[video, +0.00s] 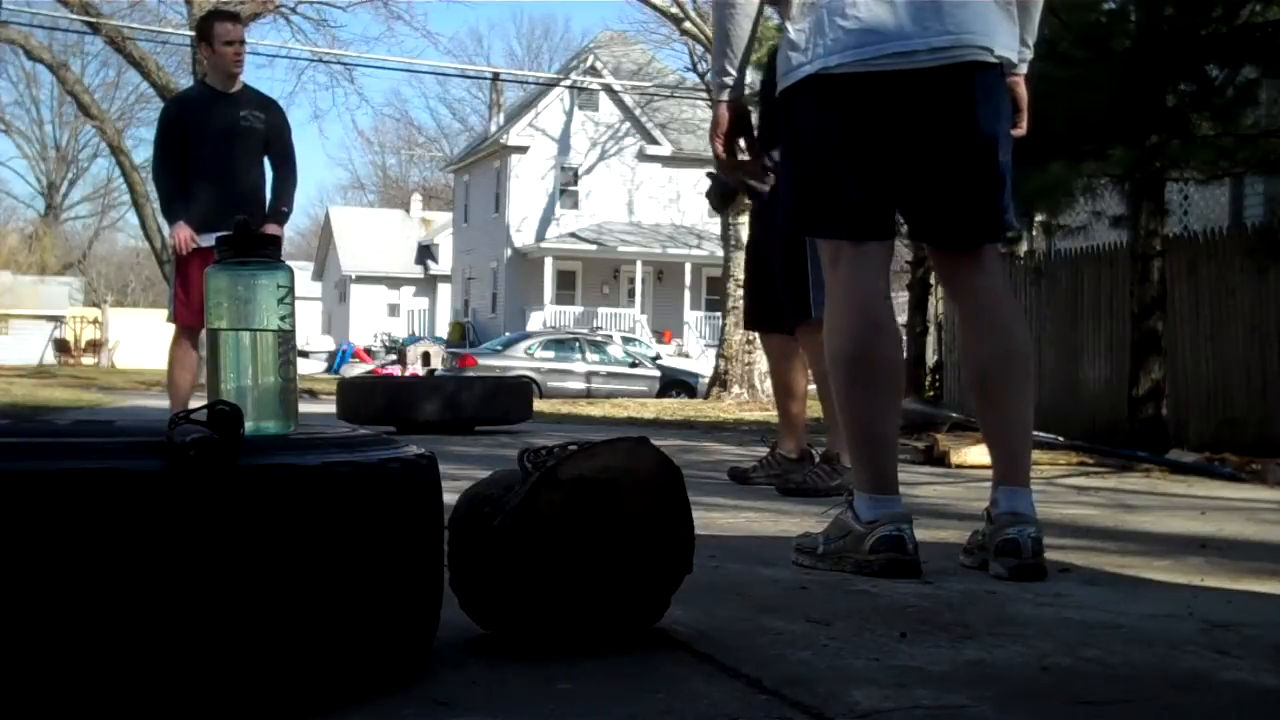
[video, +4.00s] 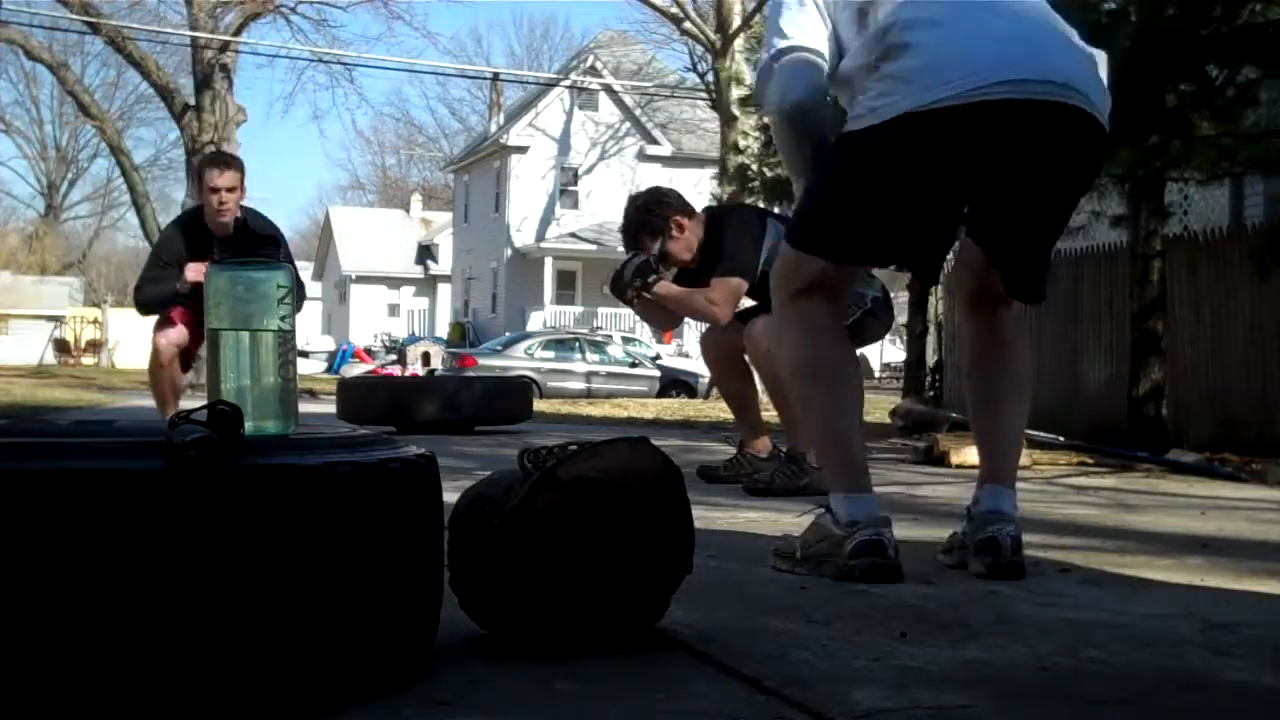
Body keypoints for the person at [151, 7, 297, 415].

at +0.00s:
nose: (239, 51)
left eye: (242, 44)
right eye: (229, 44)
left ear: (246, 47)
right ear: (205, 50)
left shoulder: (267, 109)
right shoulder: (179, 108)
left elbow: (285, 170)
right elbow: (163, 169)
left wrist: (276, 221)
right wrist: (176, 220)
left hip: (251, 239)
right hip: (196, 239)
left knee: (251, 334)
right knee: (189, 330)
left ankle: (249, 425)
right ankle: (178, 421)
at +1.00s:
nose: (231, 48)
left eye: (234, 41)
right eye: (221, 41)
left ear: (238, 44)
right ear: (197, 46)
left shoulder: (260, 107)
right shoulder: (173, 106)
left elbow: (277, 173)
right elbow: (154, 171)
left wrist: (277, 231)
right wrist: (151, 225)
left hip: (244, 239)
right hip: (187, 239)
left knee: (242, 334)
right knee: (184, 331)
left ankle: (240, 426)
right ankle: (179, 424)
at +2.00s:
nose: (268, 56)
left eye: (275, 48)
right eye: (260, 48)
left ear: (282, 49)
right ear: (240, 47)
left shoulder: (297, 108)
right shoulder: (210, 103)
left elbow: (313, 173)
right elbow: (192, 167)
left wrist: (313, 229)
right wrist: (194, 220)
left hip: (269, 235)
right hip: (214, 232)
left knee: (267, 329)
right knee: (192, 319)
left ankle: (266, 417)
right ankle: (180, 408)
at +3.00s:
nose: (195, 42)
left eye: (204, 35)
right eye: (188, 34)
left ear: (215, 40)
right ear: (175, 38)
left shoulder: (240, 99)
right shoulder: (151, 100)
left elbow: (257, 164)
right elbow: (131, 166)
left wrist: (251, 225)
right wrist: (127, 226)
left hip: (229, 231)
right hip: (173, 233)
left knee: (232, 329)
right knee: (170, 328)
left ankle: (232, 421)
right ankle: (170, 421)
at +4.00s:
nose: (223, 199)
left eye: (231, 191)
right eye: (214, 191)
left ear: (242, 192)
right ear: (201, 192)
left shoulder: (264, 231)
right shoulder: (180, 232)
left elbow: (295, 294)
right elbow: (144, 300)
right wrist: (180, 283)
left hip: (249, 306)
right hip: (196, 309)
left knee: (272, 339)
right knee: (165, 342)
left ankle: (260, 423)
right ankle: (173, 425)